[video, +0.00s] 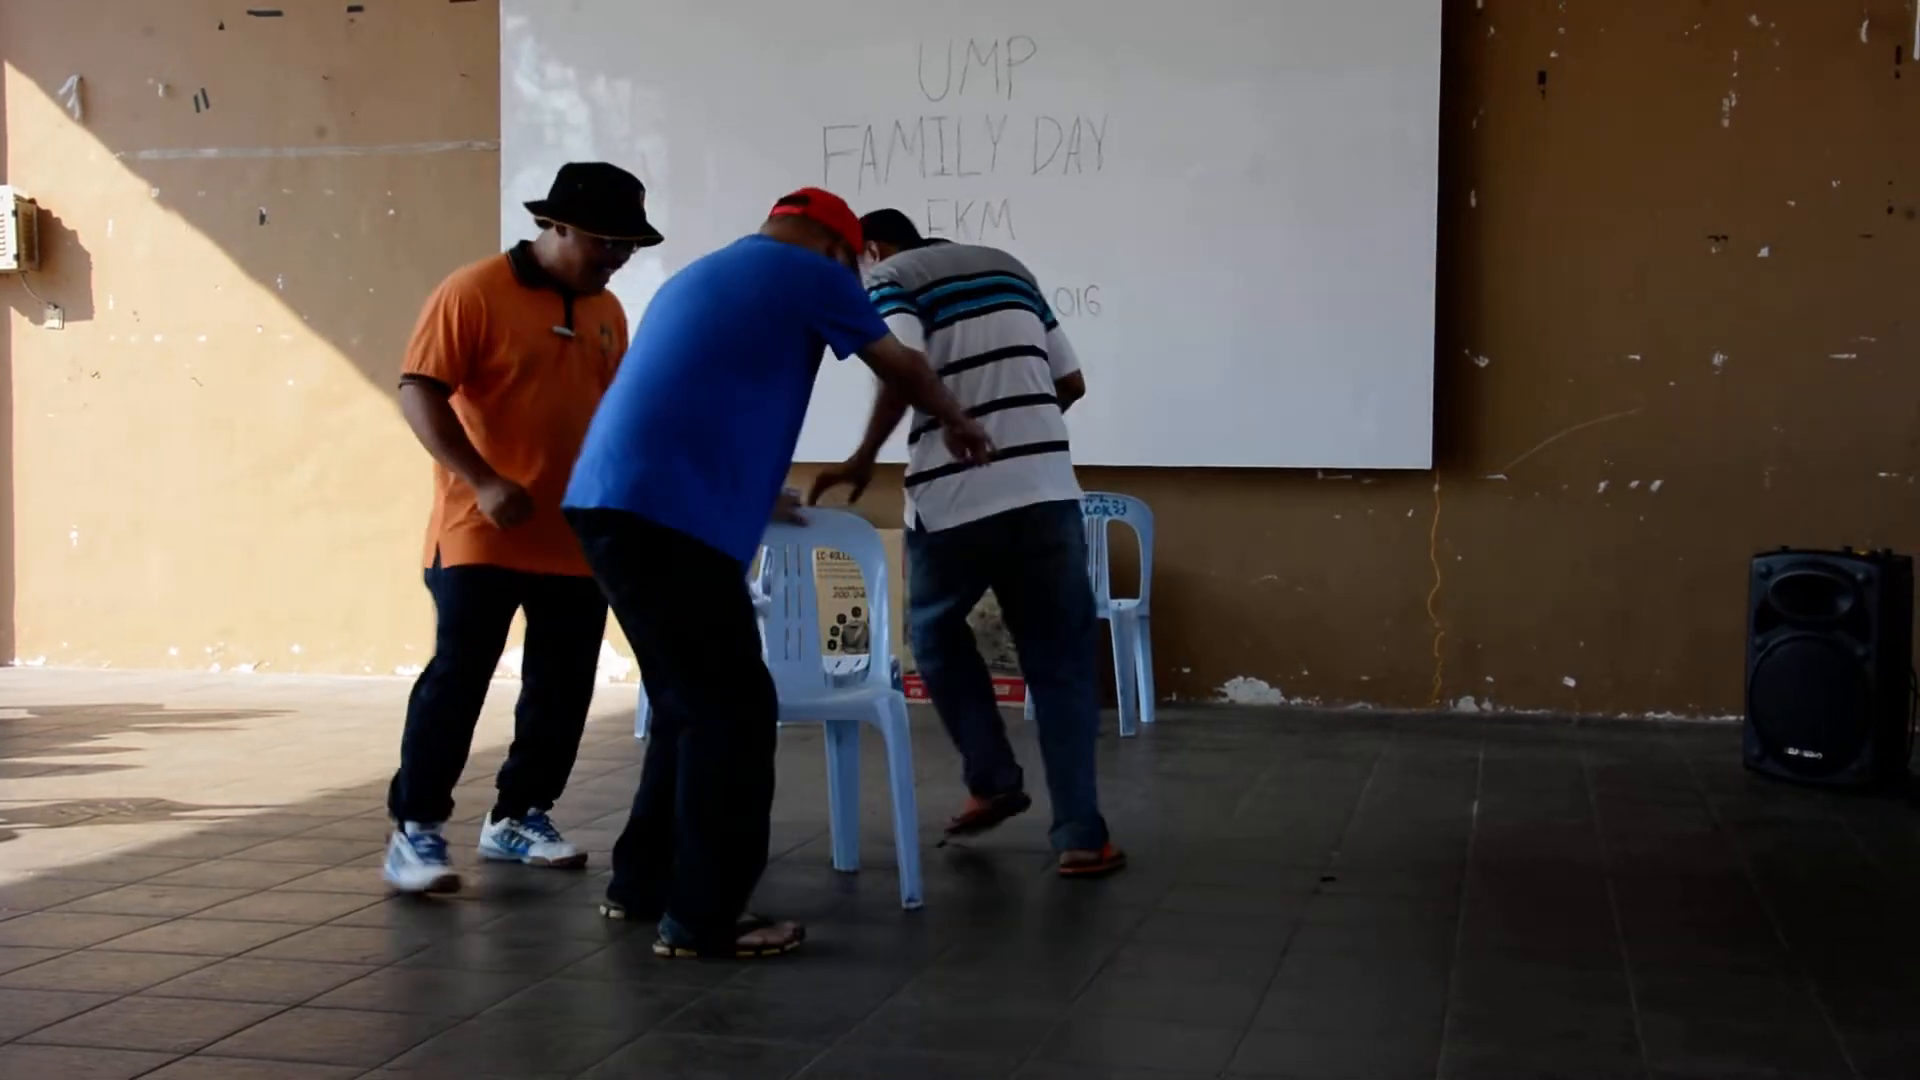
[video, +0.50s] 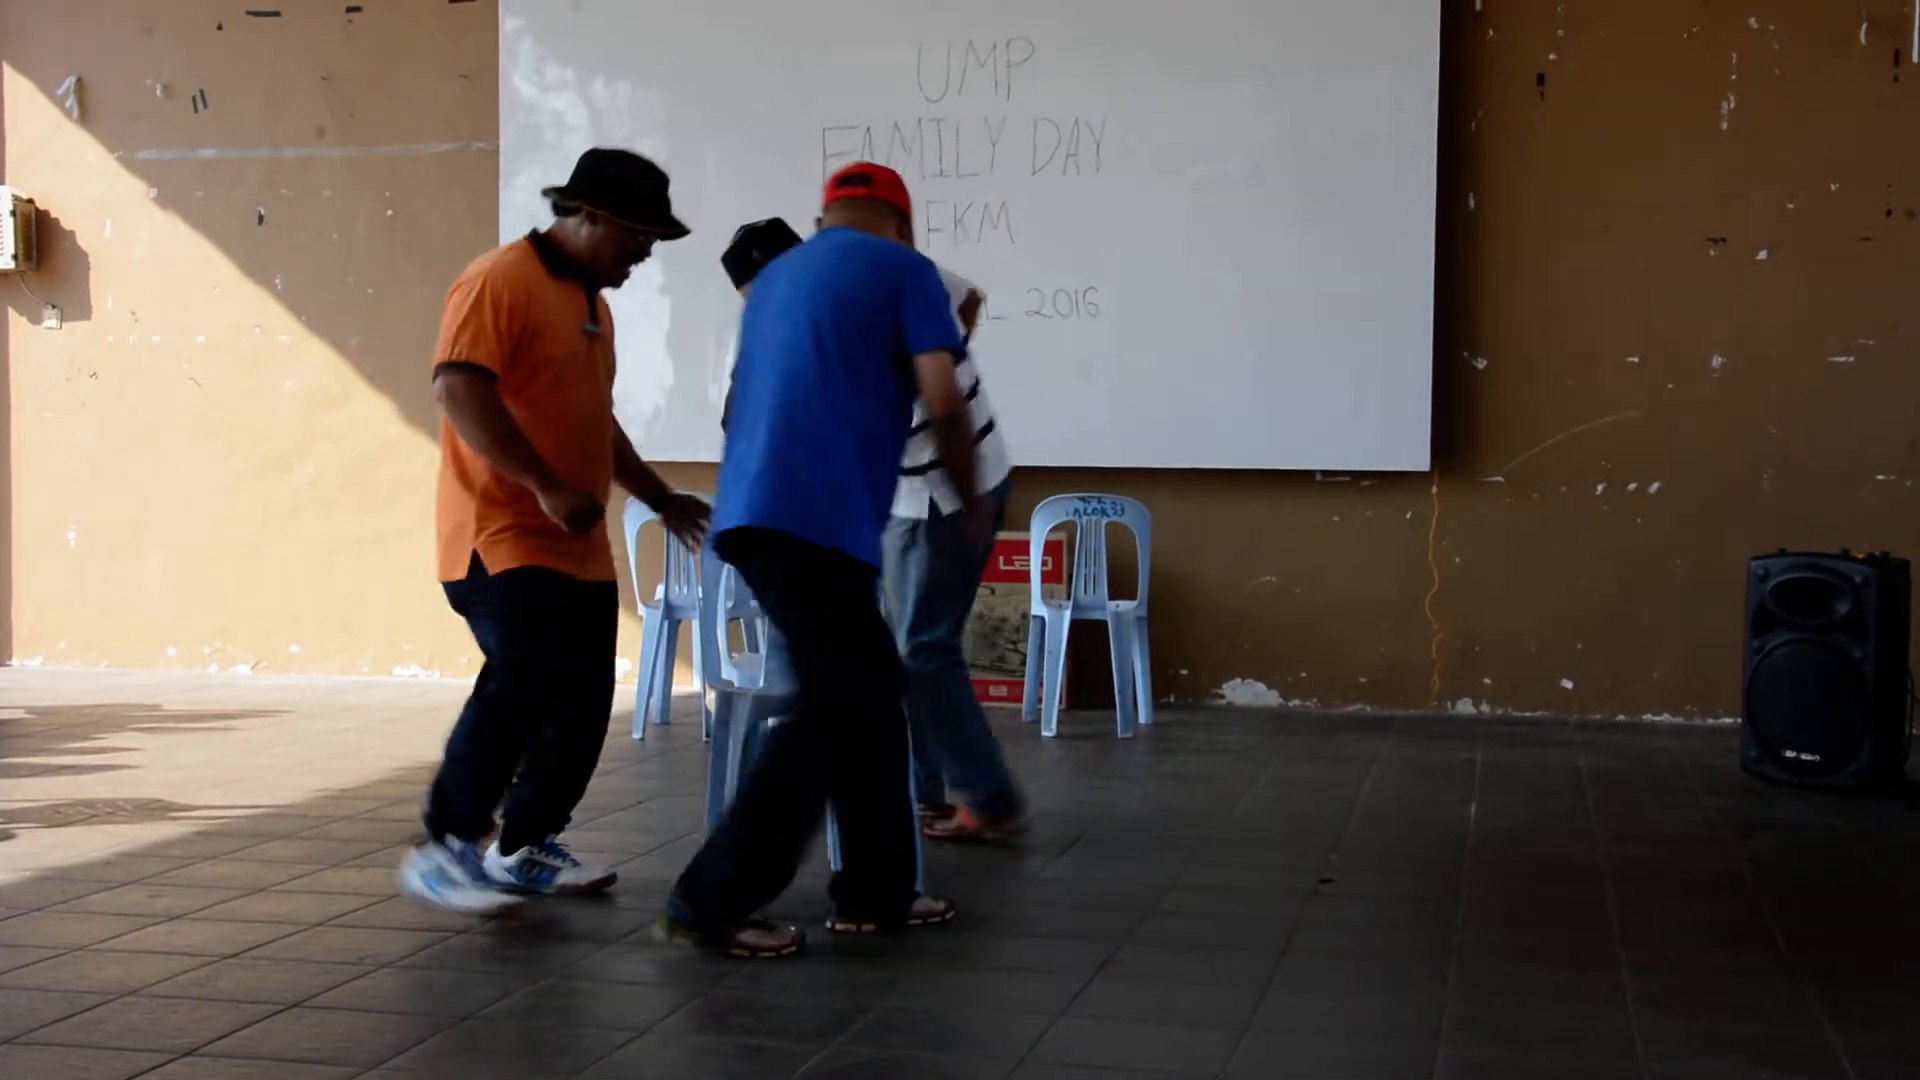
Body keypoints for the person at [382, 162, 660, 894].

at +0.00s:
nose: (617, 260)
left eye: (624, 248)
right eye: (607, 245)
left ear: (622, 244)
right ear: (558, 229)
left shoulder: (607, 314)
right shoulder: (472, 293)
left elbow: (622, 414)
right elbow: (417, 392)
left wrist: (622, 492)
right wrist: (480, 480)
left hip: (574, 534)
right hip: (481, 528)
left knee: (562, 686)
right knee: (458, 675)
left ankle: (519, 817)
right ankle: (416, 829)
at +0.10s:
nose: (612, 259)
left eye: (619, 247)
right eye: (604, 243)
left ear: (595, 238)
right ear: (556, 225)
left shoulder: (594, 311)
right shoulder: (462, 287)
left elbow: (613, 417)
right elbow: (411, 385)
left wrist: (668, 467)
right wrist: (491, 473)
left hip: (565, 542)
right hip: (469, 537)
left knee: (550, 691)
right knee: (449, 692)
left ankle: (515, 816)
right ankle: (417, 843)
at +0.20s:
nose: (618, 260)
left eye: (624, 248)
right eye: (611, 244)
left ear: (584, 235)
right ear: (564, 225)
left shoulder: (585, 313)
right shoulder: (464, 283)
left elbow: (610, 424)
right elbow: (416, 383)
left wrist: (667, 489)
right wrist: (503, 466)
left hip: (557, 539)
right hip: (462, 539)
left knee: (568, 671)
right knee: (450, 693)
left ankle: (505, 808)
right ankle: (416, 844)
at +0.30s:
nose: (628, 256)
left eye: (634, 243)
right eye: (622, 240)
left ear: (589, 227)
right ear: (577, 219)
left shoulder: (586, 307)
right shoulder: (476, 277)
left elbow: (605, 419)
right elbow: (431, 380)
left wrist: (670, 488)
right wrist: (517, 468)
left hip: (559, 535)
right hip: (467, 534)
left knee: (572, 675)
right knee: (462, 686)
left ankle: (518, 834)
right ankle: (417, 841)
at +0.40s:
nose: (634, 263)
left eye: (639, 251)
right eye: (628, 247)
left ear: (591, 235)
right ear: (582, 227)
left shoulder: (590, 313)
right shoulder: (488, 285)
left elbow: (608, 425)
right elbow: (450, 393)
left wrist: (670, 490)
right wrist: (538, 486)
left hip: (567, 538)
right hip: (482, 534)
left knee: (582, 685)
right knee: (518, 671)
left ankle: (524, 846)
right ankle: (417, 815)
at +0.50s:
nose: (641, 260)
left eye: (648, 247)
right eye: (636, 243)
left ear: (597, 225)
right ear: (589, 218)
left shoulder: (593, 308)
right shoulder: (499, 279)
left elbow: (594, 422)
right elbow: (457, 386)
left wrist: (662, 499)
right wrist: (544, 481)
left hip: (577, 537)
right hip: (499, 532)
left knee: (583, 691)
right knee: (525, 675)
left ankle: (525, 845)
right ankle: (445, 844)